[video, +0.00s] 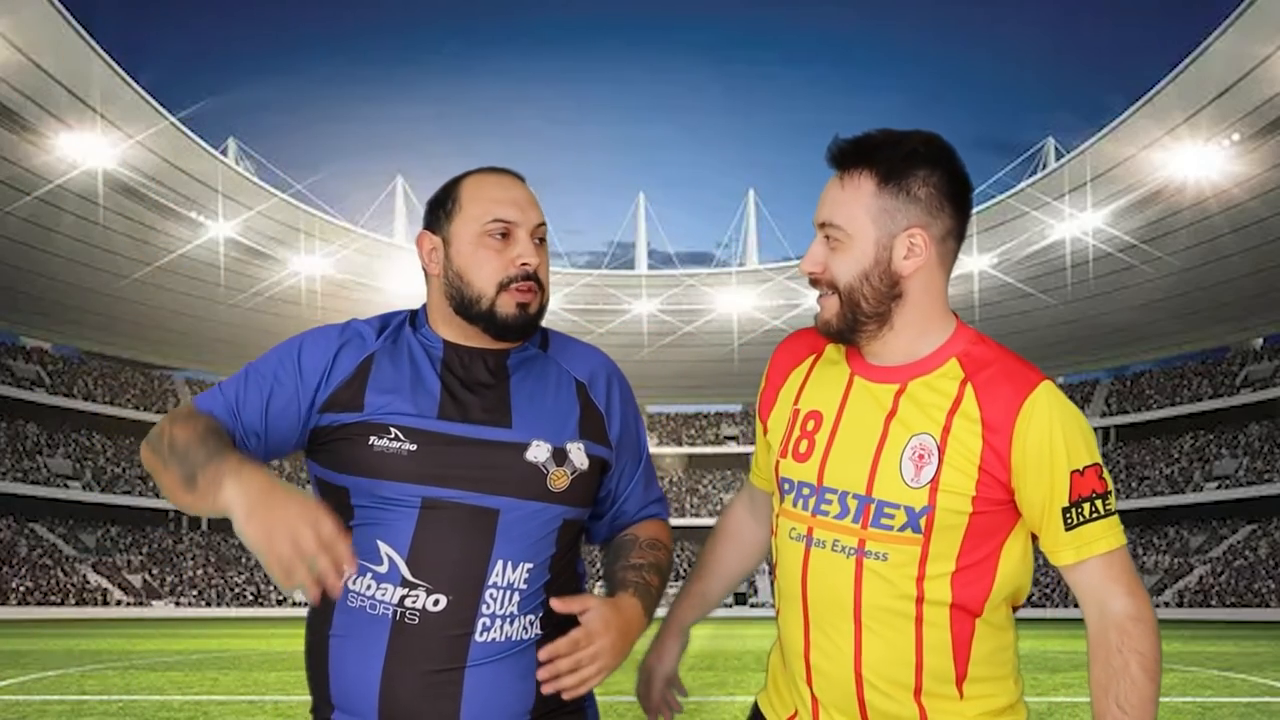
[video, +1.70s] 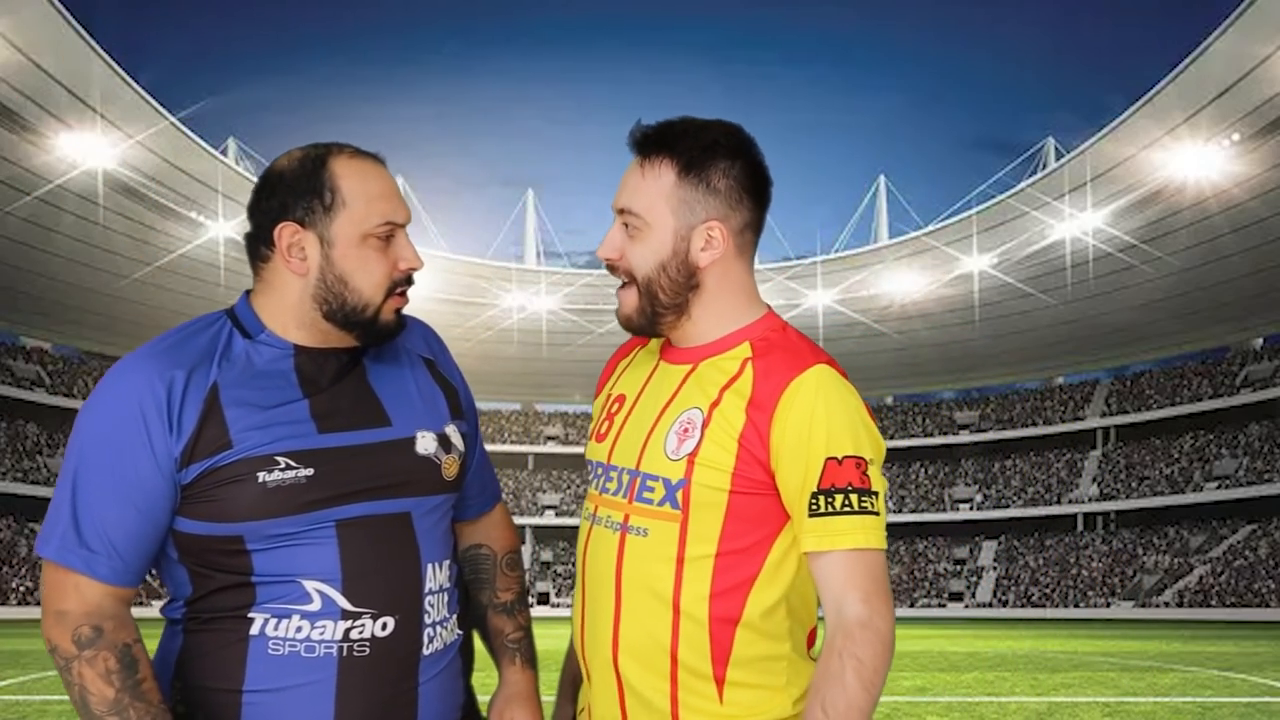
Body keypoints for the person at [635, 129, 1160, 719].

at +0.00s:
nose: (809, 265)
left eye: (832, 237)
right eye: (818, 236)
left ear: (910, 252)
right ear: (907, 252)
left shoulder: (1023, 408)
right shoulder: (794, 365)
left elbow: (1120, 617)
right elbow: (755, 506)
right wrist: (673, 626)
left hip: (952, 708)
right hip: (786, 708)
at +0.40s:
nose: (745, 257)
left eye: (767, 230)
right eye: (750, 231)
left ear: (843, 236)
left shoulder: (959, 385)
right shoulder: (733, 375)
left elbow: (1042, 581)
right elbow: (723, 551)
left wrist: (1085, 713)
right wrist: (706, 700)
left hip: (906, 706)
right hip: (748, 706)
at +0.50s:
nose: (729, 261)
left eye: (752, 234)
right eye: (730, 237)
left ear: (829, 236)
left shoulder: (940, 382)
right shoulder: (714, 378)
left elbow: (1022, 573)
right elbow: (709, 568)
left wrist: (1059, 714)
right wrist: (703, 699)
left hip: (893, 705)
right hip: (733, 706)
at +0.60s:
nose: (722, 270)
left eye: (749, 241)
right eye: (714, 248)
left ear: (820, 237)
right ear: (709, 255)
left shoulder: (921, 381)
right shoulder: (696, 379)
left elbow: (1005, 573)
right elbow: (677, 554)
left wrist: (1033, 713)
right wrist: (659, 687)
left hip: (880, 705)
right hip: (722, 706)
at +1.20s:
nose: (655, 299)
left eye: (683, 271)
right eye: (644, 269)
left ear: (753, 266)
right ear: (634, 263)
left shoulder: (852, 385)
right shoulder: (624, 385)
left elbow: (940, 572)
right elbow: (619, 556)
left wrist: (996, 714)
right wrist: (595, 712)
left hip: (825, 705)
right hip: (674, 708)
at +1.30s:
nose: (629, 289)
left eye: (655, 262)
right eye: (630, 259)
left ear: (736, 268)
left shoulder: (845, 393)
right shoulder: (625, 380)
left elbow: (926, 590)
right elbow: (614, 555)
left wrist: (972, 713)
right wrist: (588, 709)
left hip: (804, 706)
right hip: (655, 707)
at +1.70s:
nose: (607, 251)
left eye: (632, 225)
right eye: (616, 222)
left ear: (709, 241)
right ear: (707, 243)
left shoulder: (807, 392)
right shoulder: (626, 367)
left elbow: (861, 628)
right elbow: (607, 573)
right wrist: (568, 700)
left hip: (733, 705)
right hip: (600, 705)